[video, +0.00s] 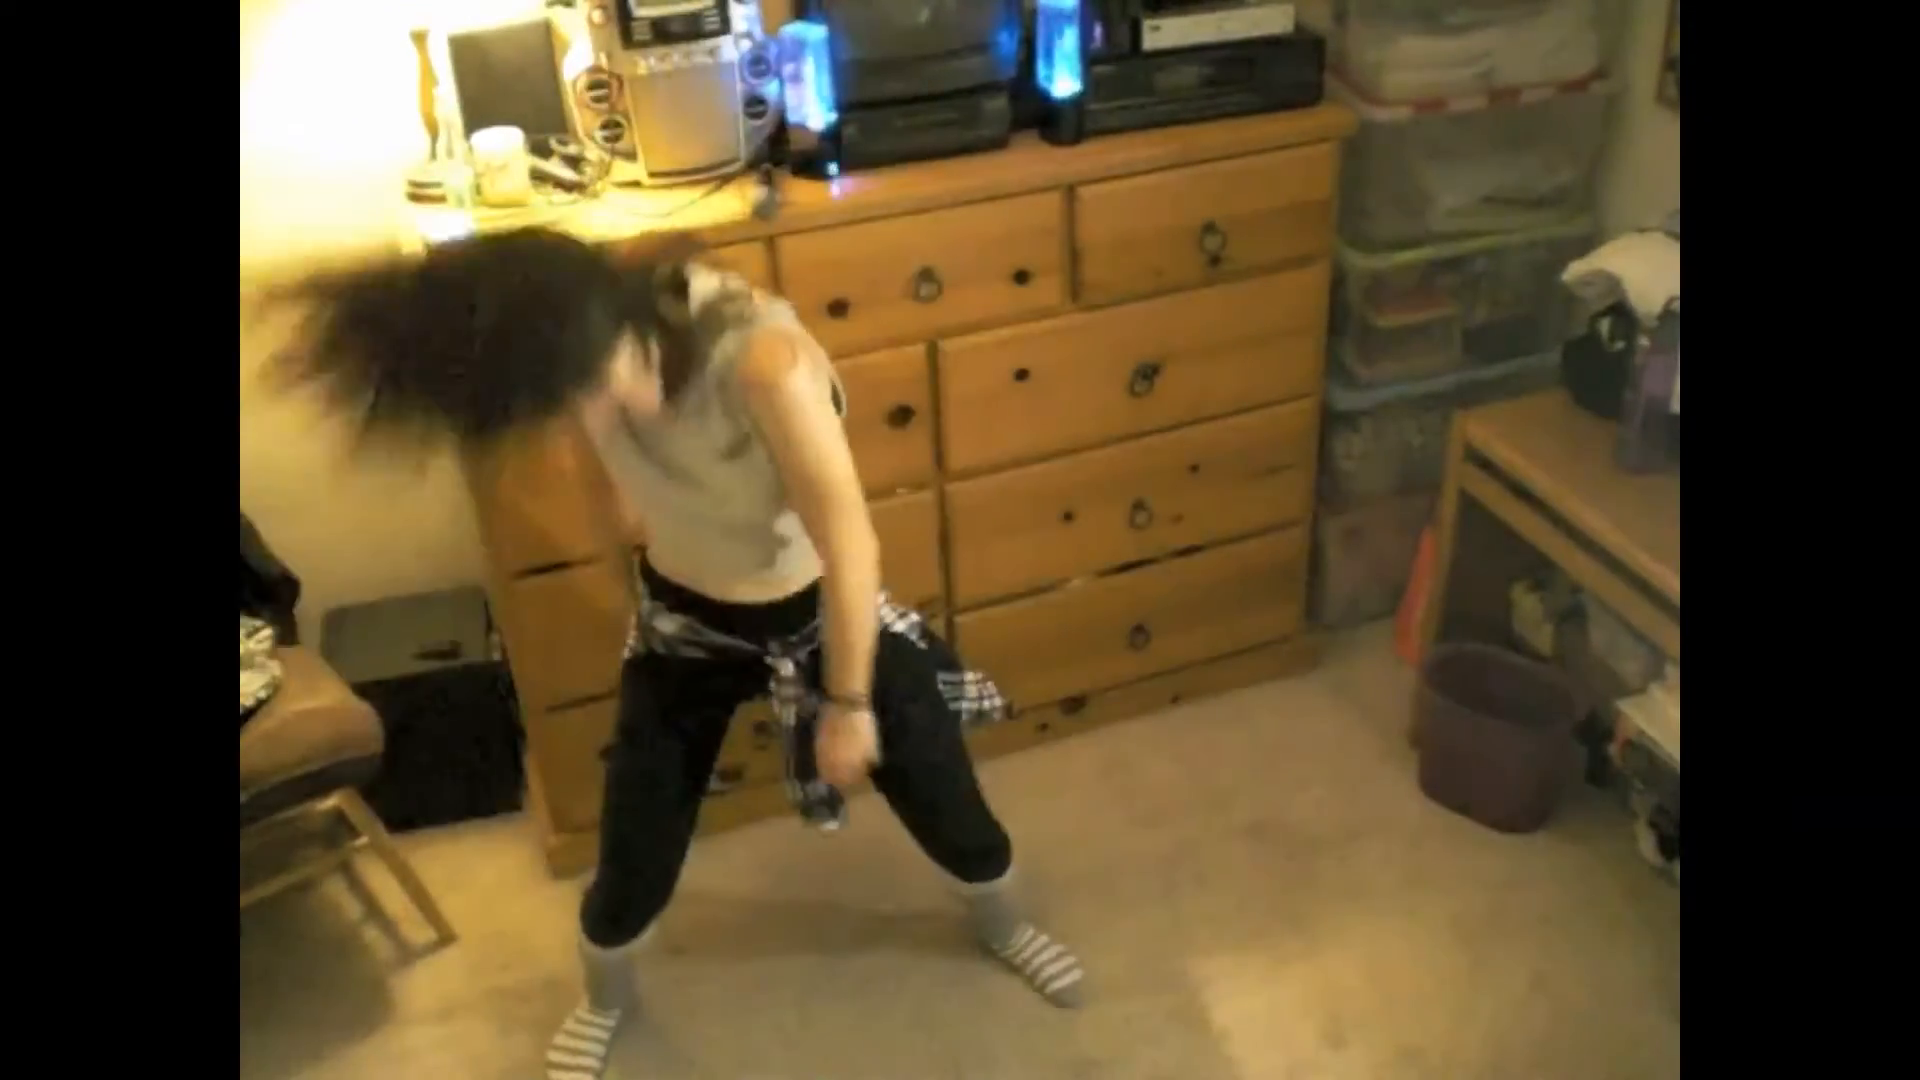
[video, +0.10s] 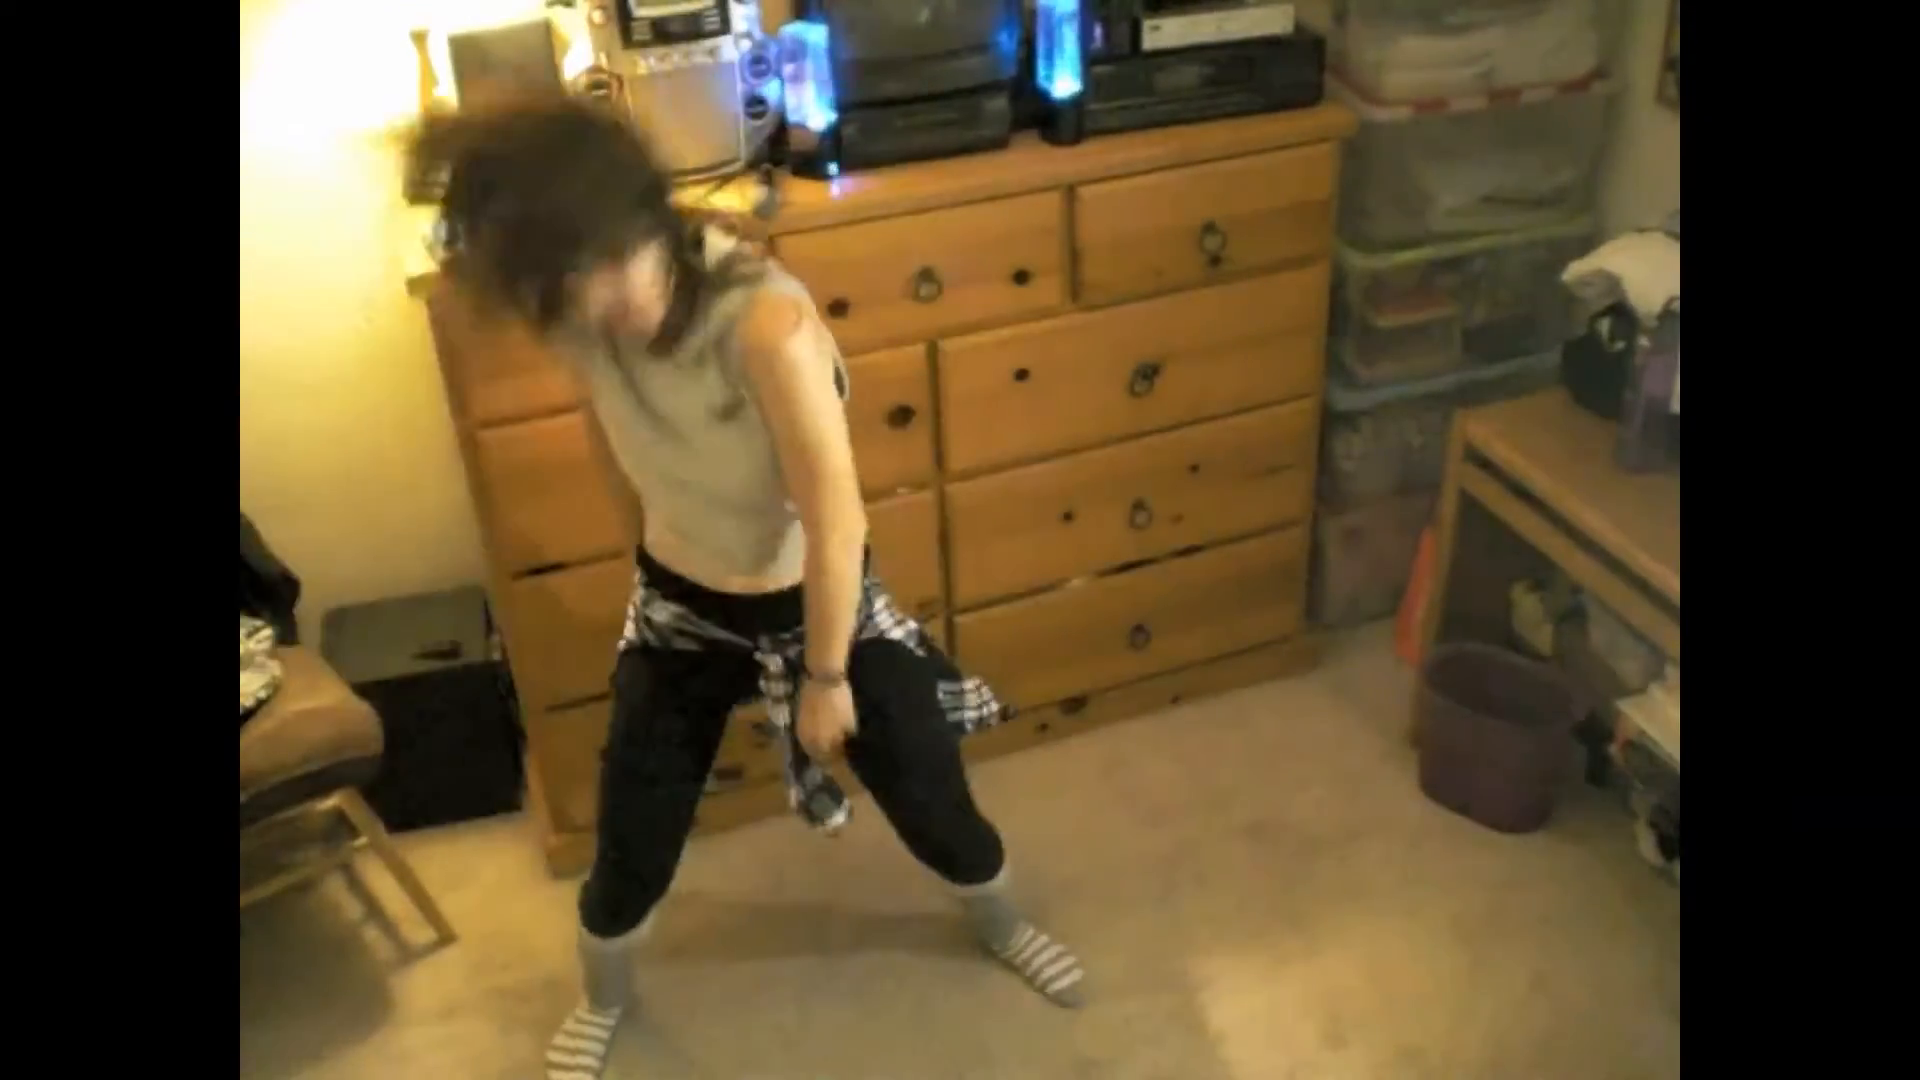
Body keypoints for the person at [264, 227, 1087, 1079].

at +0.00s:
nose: (597, 413)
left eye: (598, 387)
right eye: (574, 402)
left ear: (624, 334)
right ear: (554, 388)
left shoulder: (760, 354)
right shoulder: (586, 374)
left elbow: (847, 535)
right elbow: (610, 528)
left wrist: (848, 705)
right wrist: (585, 429)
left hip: (825, 605)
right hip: (686, 615)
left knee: (953, 810)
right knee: (638, 851)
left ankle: (1006, 922)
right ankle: (604, 999)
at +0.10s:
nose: (600, 312)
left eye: (608, 277)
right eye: (570, 301)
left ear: (650, 224)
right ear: (547, 300)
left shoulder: (765, 317)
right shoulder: (584, 324)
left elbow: (833, 511)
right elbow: (623, 459)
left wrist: (826, 674)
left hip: (826, 601)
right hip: (683, 611)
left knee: (932, 801)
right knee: (633, 837)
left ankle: (1000, 919)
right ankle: (603, 999)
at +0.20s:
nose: (660, 195)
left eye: (677, 163)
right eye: (628, 170)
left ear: (725, 163)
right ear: (587, 182)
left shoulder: (777, 299)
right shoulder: (581, 283)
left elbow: (861, 485)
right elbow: (647, 433)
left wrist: (829, 645)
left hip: (823, 603)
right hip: (681, 609)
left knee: (932, 818)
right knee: (633, 843)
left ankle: (1000, 923)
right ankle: (600, 1004)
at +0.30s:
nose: (702, 170)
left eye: (724, 138)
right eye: (668, 142)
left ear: (757, 156)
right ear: (622, 164)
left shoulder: (809, 307)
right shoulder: (599, 275)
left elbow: (886, 496)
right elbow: (649, 423)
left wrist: (836, 656)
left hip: (832, 615)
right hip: (682, 623)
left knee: (934, 818)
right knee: (629, 846)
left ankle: (993, 926)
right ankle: (601, 1002)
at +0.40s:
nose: (734, 172)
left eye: (756, 142)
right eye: (702, 147)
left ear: (788, 152)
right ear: (656, 162)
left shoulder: (844, 299)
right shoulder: (639, 273)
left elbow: (898, 501)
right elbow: (656, 420)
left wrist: (828, 666)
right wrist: (651, 546)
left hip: (850, 619)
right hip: (696, 620)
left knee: (942, 824)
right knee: (639, 842)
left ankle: (989, 926)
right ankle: (599, 997)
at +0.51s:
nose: (784, 174)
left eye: (802, 141)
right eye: (750, 149)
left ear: (833, 142)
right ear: (700, 162)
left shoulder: (887, 276)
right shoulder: (684, 266)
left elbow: (933, 500)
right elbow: (686, 409)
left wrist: (804, 654)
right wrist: (666, 526)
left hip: (894, 615)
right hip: (737, 617)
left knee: (966, 799)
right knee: (668, 839)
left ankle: (998, 925)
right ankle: (608, 996)